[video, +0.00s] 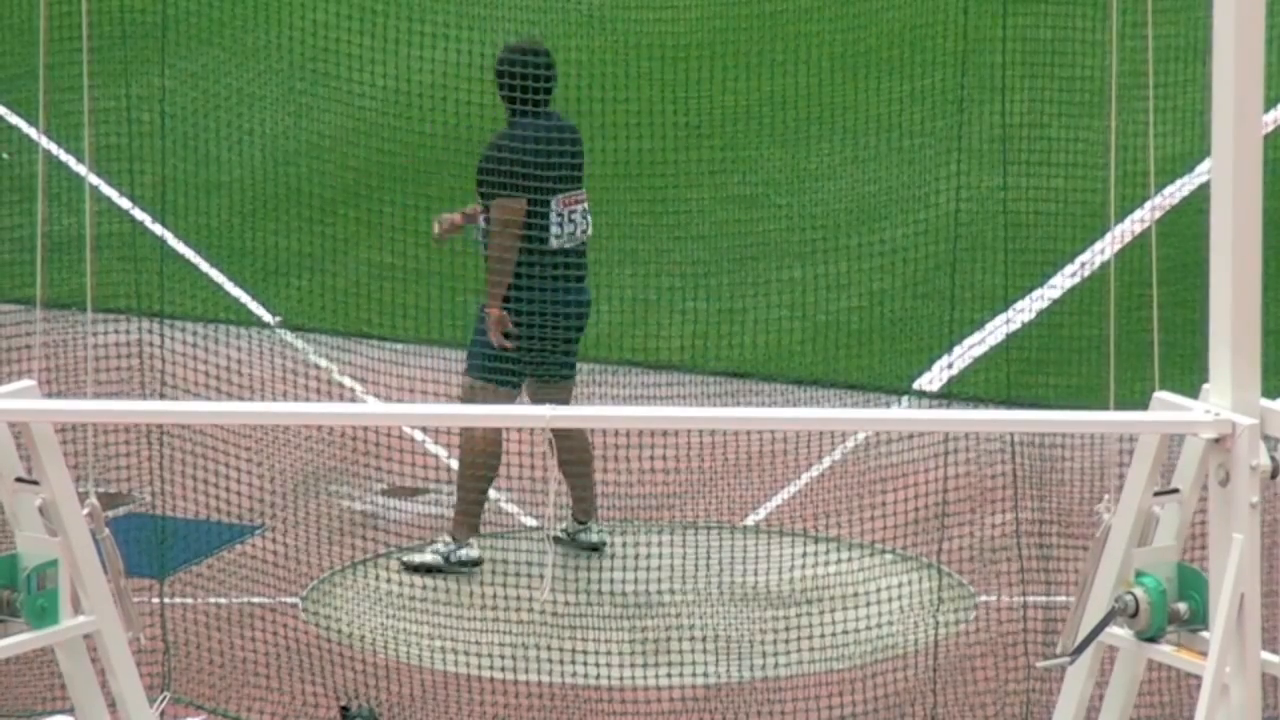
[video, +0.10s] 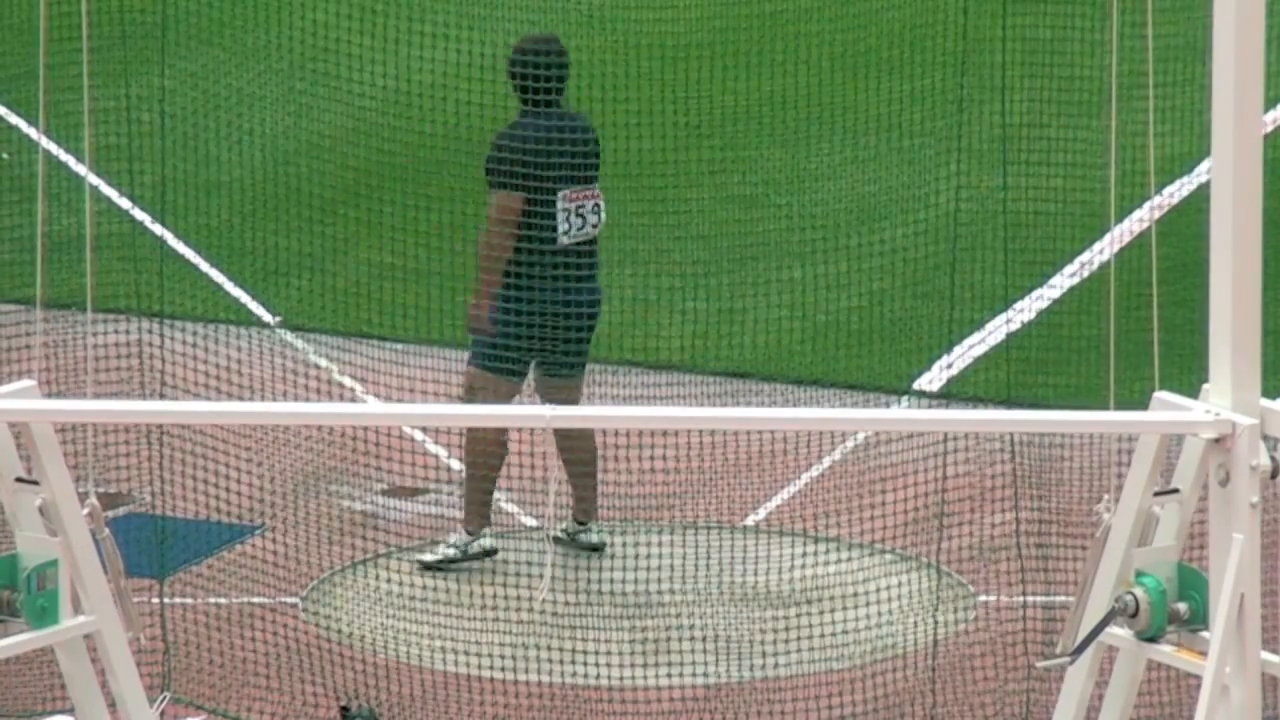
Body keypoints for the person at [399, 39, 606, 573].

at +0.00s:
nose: (499, 89)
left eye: (500, 81)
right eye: (507, 79)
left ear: (504, 87)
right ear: (548, 84)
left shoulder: (507, 150)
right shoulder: (567, 136)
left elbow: (509, 232)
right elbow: (538, 201)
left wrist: (493, 302)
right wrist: (472, 216)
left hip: (519, 299)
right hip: (568, 299)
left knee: (481, 412)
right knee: (557, 408)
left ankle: (461, 541)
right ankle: (586, 524)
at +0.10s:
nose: (516, 81)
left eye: (516, 73)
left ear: (516, 79)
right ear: (562, 78)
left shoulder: (515, 140)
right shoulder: (584, 134)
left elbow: (503, 226)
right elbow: (582, 214)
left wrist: (485, 292)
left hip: (523, 297)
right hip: (579, 297)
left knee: (484, 403)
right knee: (564, 403)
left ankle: (473, 532)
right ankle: (586, 524)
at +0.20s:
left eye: (528, 68)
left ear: (524, 74)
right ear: (573, 75)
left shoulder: (516, 138)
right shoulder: (595, 131)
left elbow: (496, 222)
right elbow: (607, 199)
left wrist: (465, 287)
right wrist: (619, 240)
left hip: (526, 294)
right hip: (585, 293)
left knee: (485, 393)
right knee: (568, 399)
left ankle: (510, 523)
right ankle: (587, 522)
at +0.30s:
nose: (544, 77)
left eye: (539, 67)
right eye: (554, 67)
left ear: (532, 74)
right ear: (581, 73)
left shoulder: (517, 135)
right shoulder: (604, 129)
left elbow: (486, 214)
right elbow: (650, 182)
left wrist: (455, 277)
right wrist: (687, 221)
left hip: (526, 293)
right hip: (587, 293)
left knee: (502, 401)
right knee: (575, 402)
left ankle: (520, 528)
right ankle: (586, 522)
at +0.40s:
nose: (558, 76)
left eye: (546, 65)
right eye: (566, 65)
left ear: (536, 71)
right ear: (587, 72)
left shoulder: (514, 132)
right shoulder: (612, 128)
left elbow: (483, 204)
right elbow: (673, 170)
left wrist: (450, 268)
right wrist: (721, 207)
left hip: (529, 290)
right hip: (590, 290)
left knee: (505, 404)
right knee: (577, 403)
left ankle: (519, 527)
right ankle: (587, 523)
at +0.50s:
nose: (565, 76)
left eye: (556, 65)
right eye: (572, 65)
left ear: (542, 70)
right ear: (591, 71)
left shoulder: (517, 128)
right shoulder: (613, 126)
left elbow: (481, 192)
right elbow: (677, 161)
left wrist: (454, 257)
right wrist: (719, 208)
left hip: (533, 284)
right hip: (595, 284)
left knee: (496, 385)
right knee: (580, 398)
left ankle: (517, 509)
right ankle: (588, 522)